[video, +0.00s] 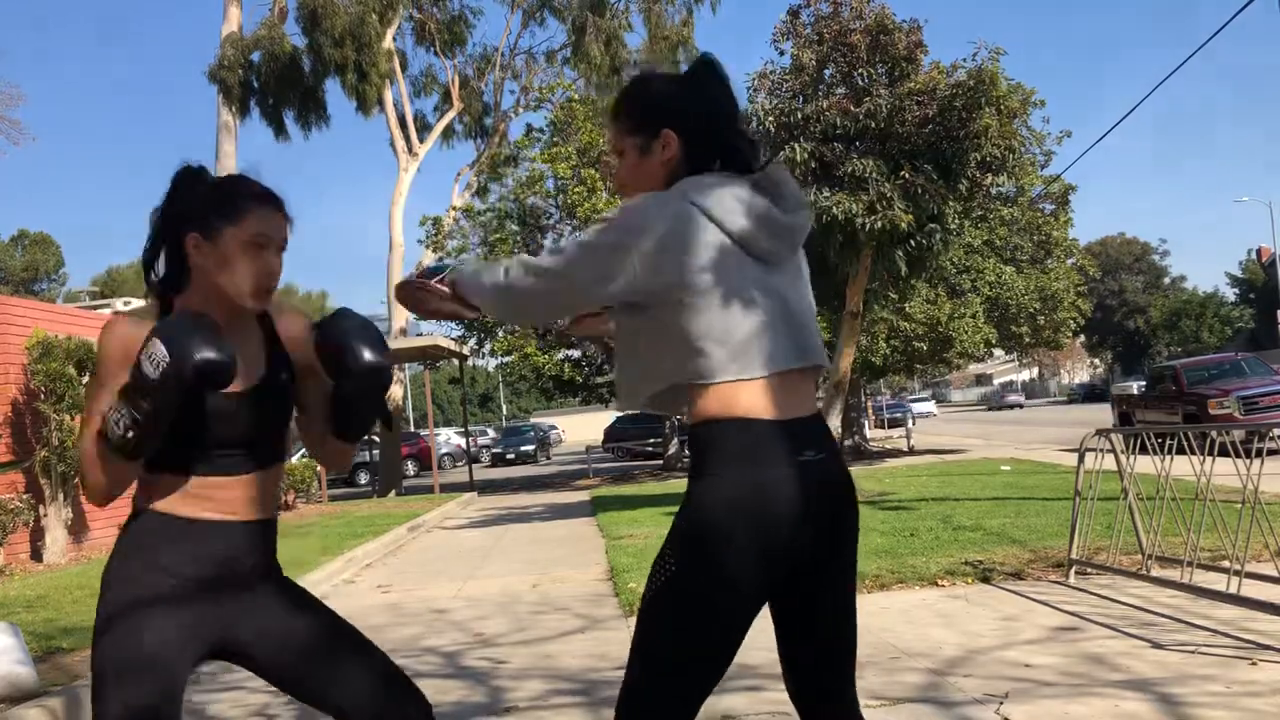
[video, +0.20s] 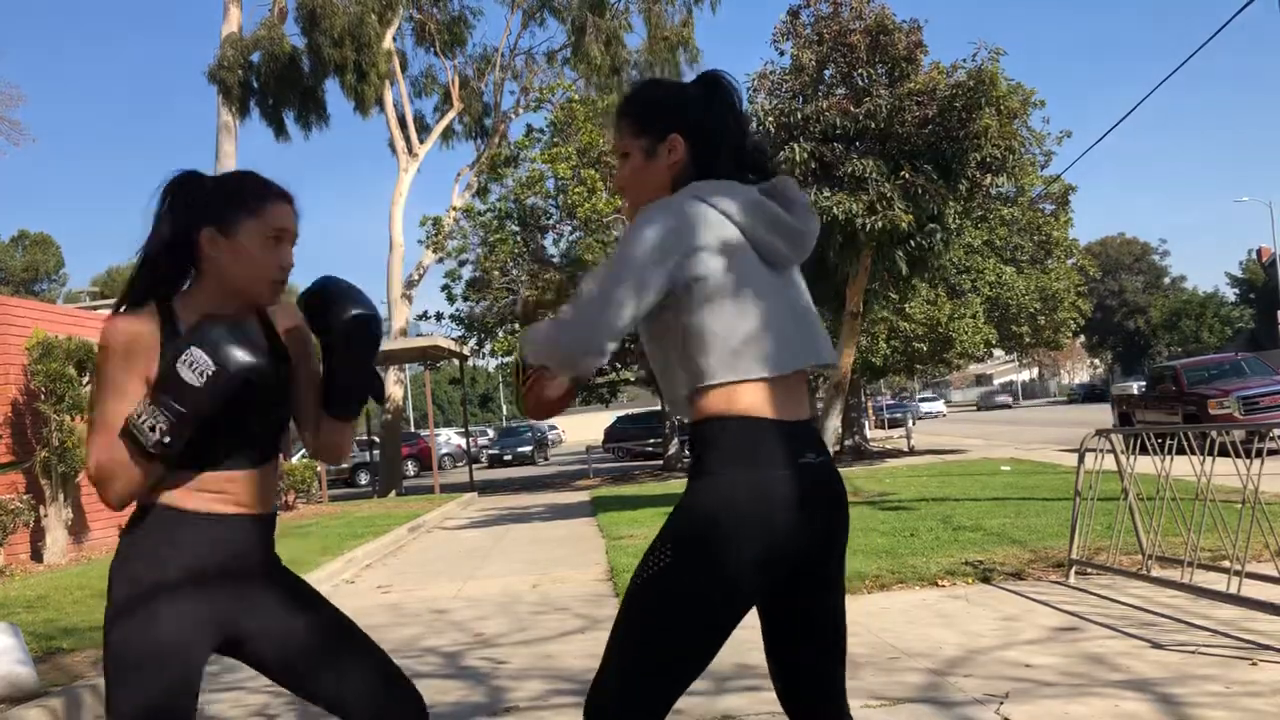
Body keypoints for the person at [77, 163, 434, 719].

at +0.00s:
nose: (276, 265)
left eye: (281, 250)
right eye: (259, 246)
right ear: (197, 247)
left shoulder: (288, 331)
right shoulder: (134, 336)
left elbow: (334, 455)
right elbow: (100, 487)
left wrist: (361, 389)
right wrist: (147, 395)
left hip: (255, 582)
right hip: (156, 586)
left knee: (403, 708)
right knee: (132, 710)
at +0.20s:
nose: (291, 261)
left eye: (292, 243)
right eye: (276, 241)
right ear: (213, 243)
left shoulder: (284, 325)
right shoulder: (136, 333)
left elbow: (330, 448)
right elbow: (113, 488)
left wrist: (352, 362)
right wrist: (174, 406)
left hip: (254, 569)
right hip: (161, 574)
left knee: (397, 706)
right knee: (147, 710)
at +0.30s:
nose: (318, 242)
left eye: (319, 227)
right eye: (307, 223)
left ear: (253, 227)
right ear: (247, 223)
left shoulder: (283, 312)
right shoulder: (175, 307)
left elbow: (333, 423)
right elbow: (203, 445)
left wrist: (346, 327)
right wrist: (272, 340)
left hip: (255, 556)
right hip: (182, 560)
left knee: (389, 700)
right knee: (176, 712)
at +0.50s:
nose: (393, 299)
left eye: (395, 281)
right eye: (384, 278)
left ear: (330, 274)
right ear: (330, 272)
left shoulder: (265, 327)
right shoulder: (275, 324)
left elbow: (311, 464)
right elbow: (343, 446)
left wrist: (359, 384)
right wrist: (411, 383)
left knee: (410, 695)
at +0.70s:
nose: (399, 377)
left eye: (399, 360)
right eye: (385, 358)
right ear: (323, 361)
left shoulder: (344, 422)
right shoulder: (229, 401)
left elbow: (372, 534)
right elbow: (186, 551)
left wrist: (410, 446)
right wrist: (259, 464)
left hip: (252, 632)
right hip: (168, 637)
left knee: (432, 702)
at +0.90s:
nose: (373, 288)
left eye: (371, 271)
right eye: (358, 269)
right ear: (298, 277)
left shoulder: (319, 353)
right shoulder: (232, 351)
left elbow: (334, 471)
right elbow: (258, 499)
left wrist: (371, 395)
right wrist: (316, 401)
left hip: (269, 596)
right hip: (195, 603)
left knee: (435, 699)